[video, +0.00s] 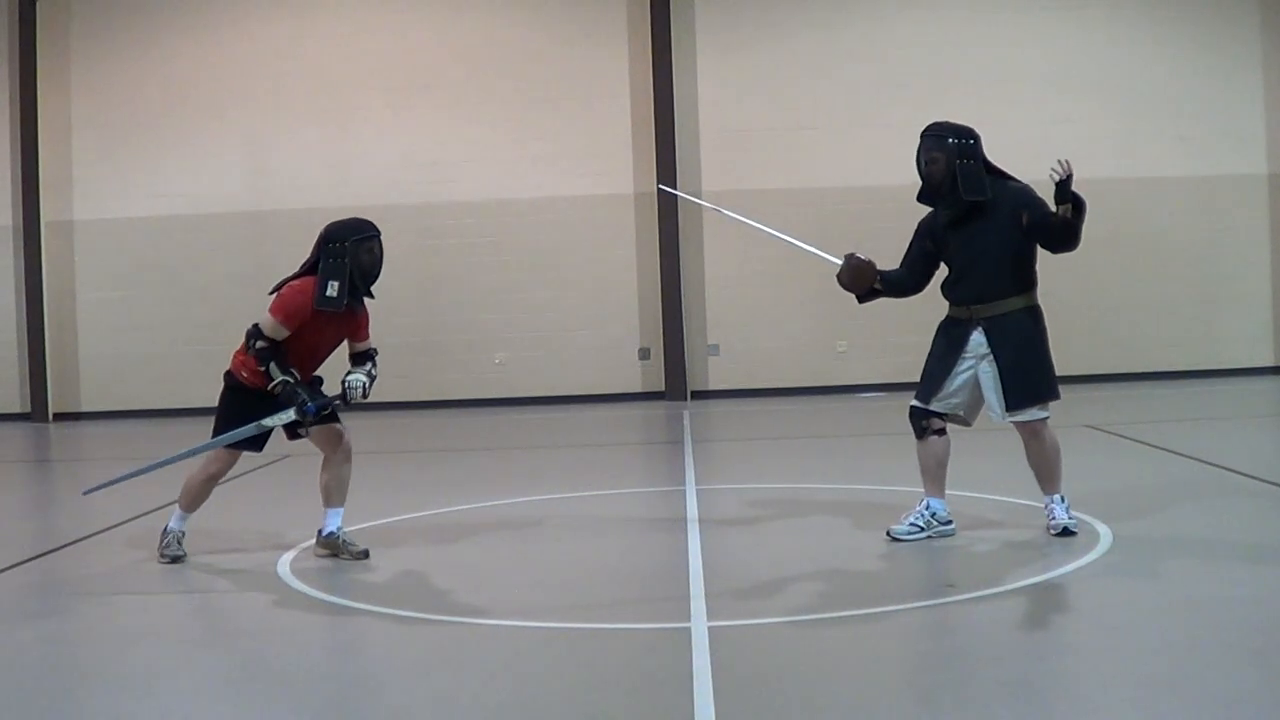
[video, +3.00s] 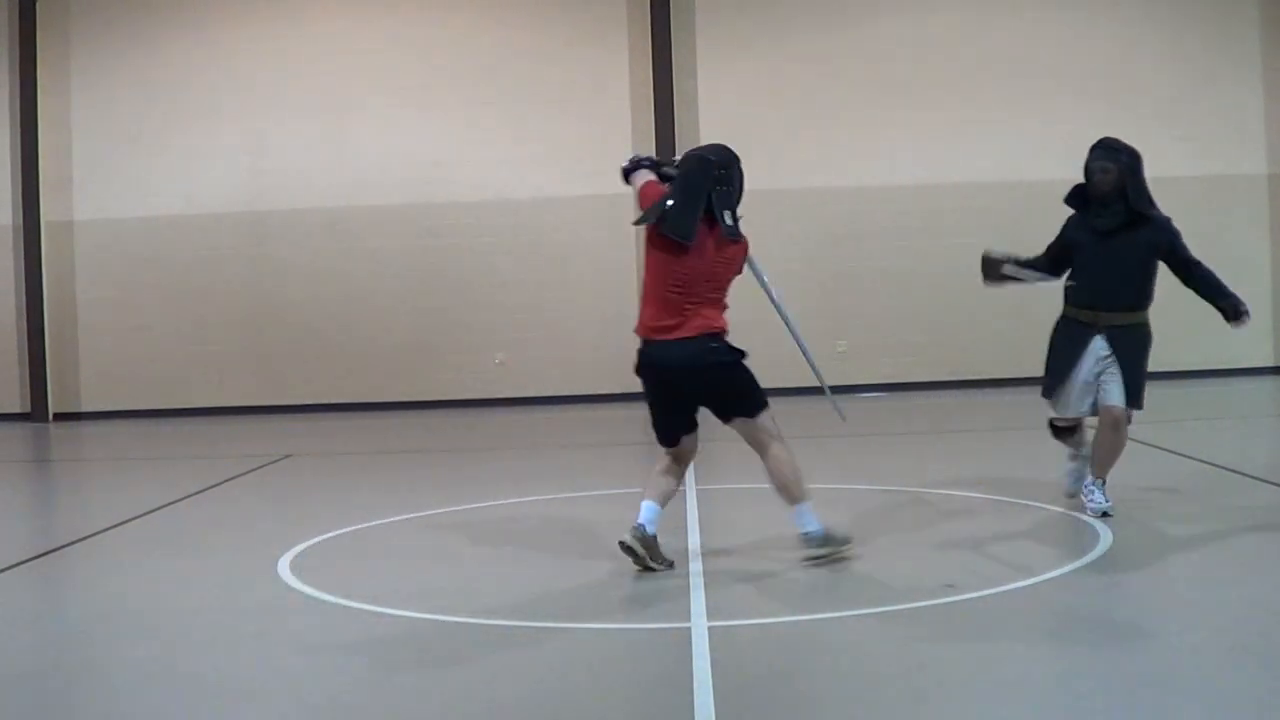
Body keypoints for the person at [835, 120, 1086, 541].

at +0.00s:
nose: (925, 171)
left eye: (933, 161)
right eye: (922, 162)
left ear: (960, 160)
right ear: (924, 163)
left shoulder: (1015, 198)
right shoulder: (937, 221)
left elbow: (1062, 241)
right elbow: (910, 279)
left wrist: (1068, 204)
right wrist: (870, 278)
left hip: (1014, 324)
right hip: (960, 326)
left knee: (1030, 418)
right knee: (927, 414)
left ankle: (1055, 504)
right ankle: (934, 509)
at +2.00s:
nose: (936, 163)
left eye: (944, 154)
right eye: (931, 156)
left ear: (968, 153)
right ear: (925, 161)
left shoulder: (1010, 196)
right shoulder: (928, 218)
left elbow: (1050, 237)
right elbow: (908, 274)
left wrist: (1073, 213)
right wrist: (881, 271)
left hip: (1011, 320)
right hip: (955, 324)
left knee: (1014, 412)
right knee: (937, 413)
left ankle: (1009, 497)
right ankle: (936, 508)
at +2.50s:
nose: (957, 173)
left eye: (966, 164)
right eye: (952, 165)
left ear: (989, 165)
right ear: (947, 170)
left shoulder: (1027, 211)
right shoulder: (946, 227)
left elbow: (1066, 254)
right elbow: (937, 290)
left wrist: (1088, 224)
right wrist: (913, 282)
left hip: (1022, 325)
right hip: (965, 329)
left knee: (1053, 410)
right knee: (937, 414)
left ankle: (1045, 476)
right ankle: (934, 509)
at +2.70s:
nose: (1009, 183)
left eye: (1017, 175)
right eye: (1004, 175)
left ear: (1041, 177)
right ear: (1000, 178)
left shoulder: (1075, 226)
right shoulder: (996, 225)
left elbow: (1126, 262)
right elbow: (950, 253)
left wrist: (1130, 229)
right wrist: (904, 245)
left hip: (1055, 337)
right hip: (997, 335)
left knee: (1086, 427)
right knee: (965, 421)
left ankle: (1091, 481)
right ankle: (930, 507)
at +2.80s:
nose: (1043, 179)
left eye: (1053, 172)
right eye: (1039, 171)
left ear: (1074, 175)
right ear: (1034, 175)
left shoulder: (1108, 224)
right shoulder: (1030, 223)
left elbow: (1153, 263)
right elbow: (981, 257)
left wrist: (1159, 240)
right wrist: (935, 254)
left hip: (1086, 336)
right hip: (1030, 332)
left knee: (1099, 430)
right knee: (993, 418)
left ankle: (1090, 490)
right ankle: (944, 491)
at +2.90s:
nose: (1074, 175)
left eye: (1083, 167)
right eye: (1069, 167)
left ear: (1103, 173)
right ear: (1063, 173)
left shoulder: (1131, 225)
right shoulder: (1056, 225)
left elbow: (1164, 266)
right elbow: (1030, 274)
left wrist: (1194, 273)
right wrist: (983, 290)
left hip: (1107, 334)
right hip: (1054, 331)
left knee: (1109, 421)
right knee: (1029, 414)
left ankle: (1093, 485)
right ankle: (1001, 467)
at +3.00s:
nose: (1097, 178)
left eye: (1105, 171)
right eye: (1093, 170)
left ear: (1126, 175)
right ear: (1086, 173)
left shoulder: (1152, 226)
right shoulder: (1080, 223)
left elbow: (1188, 269)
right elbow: (1049, 266)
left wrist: (1227, 302)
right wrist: (1006, 268)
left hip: (1126, 331)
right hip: (1076, 328)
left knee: (1116, 414)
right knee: (1063, 421)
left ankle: (1096, 482)